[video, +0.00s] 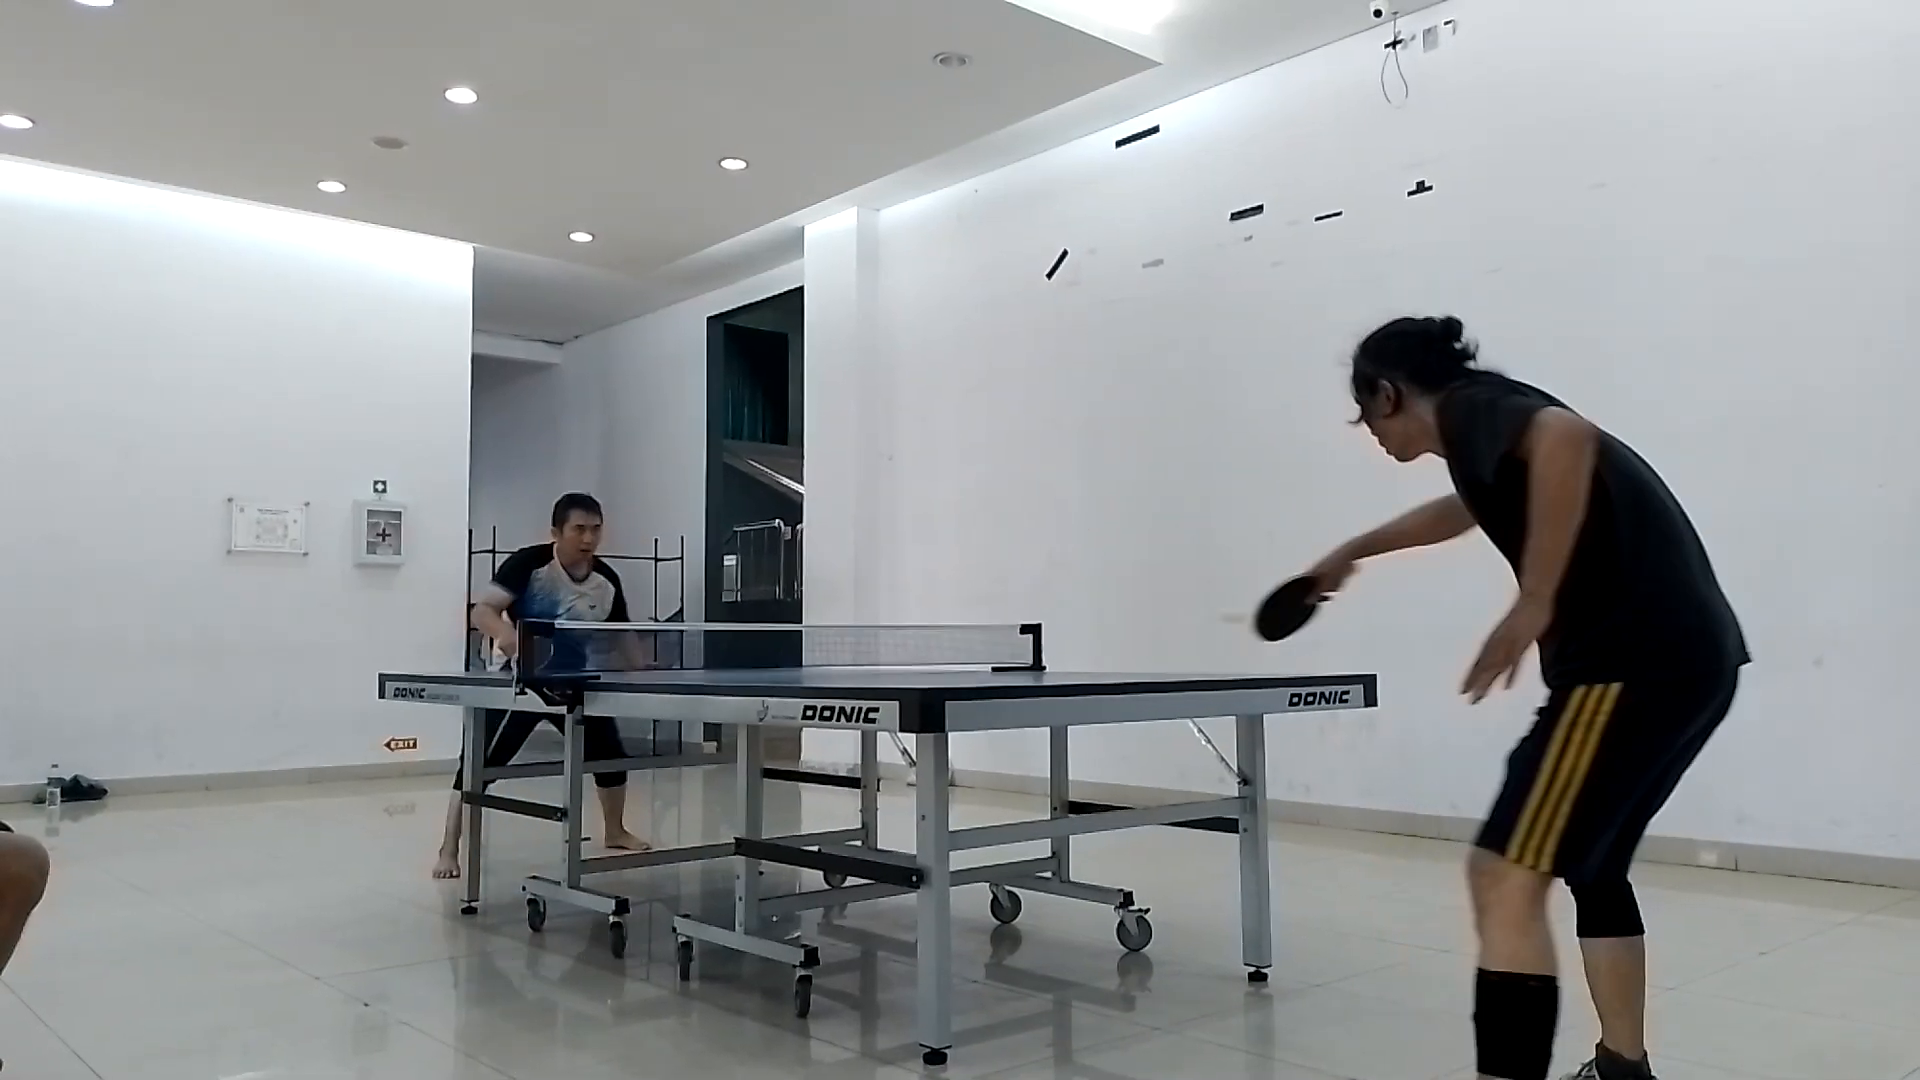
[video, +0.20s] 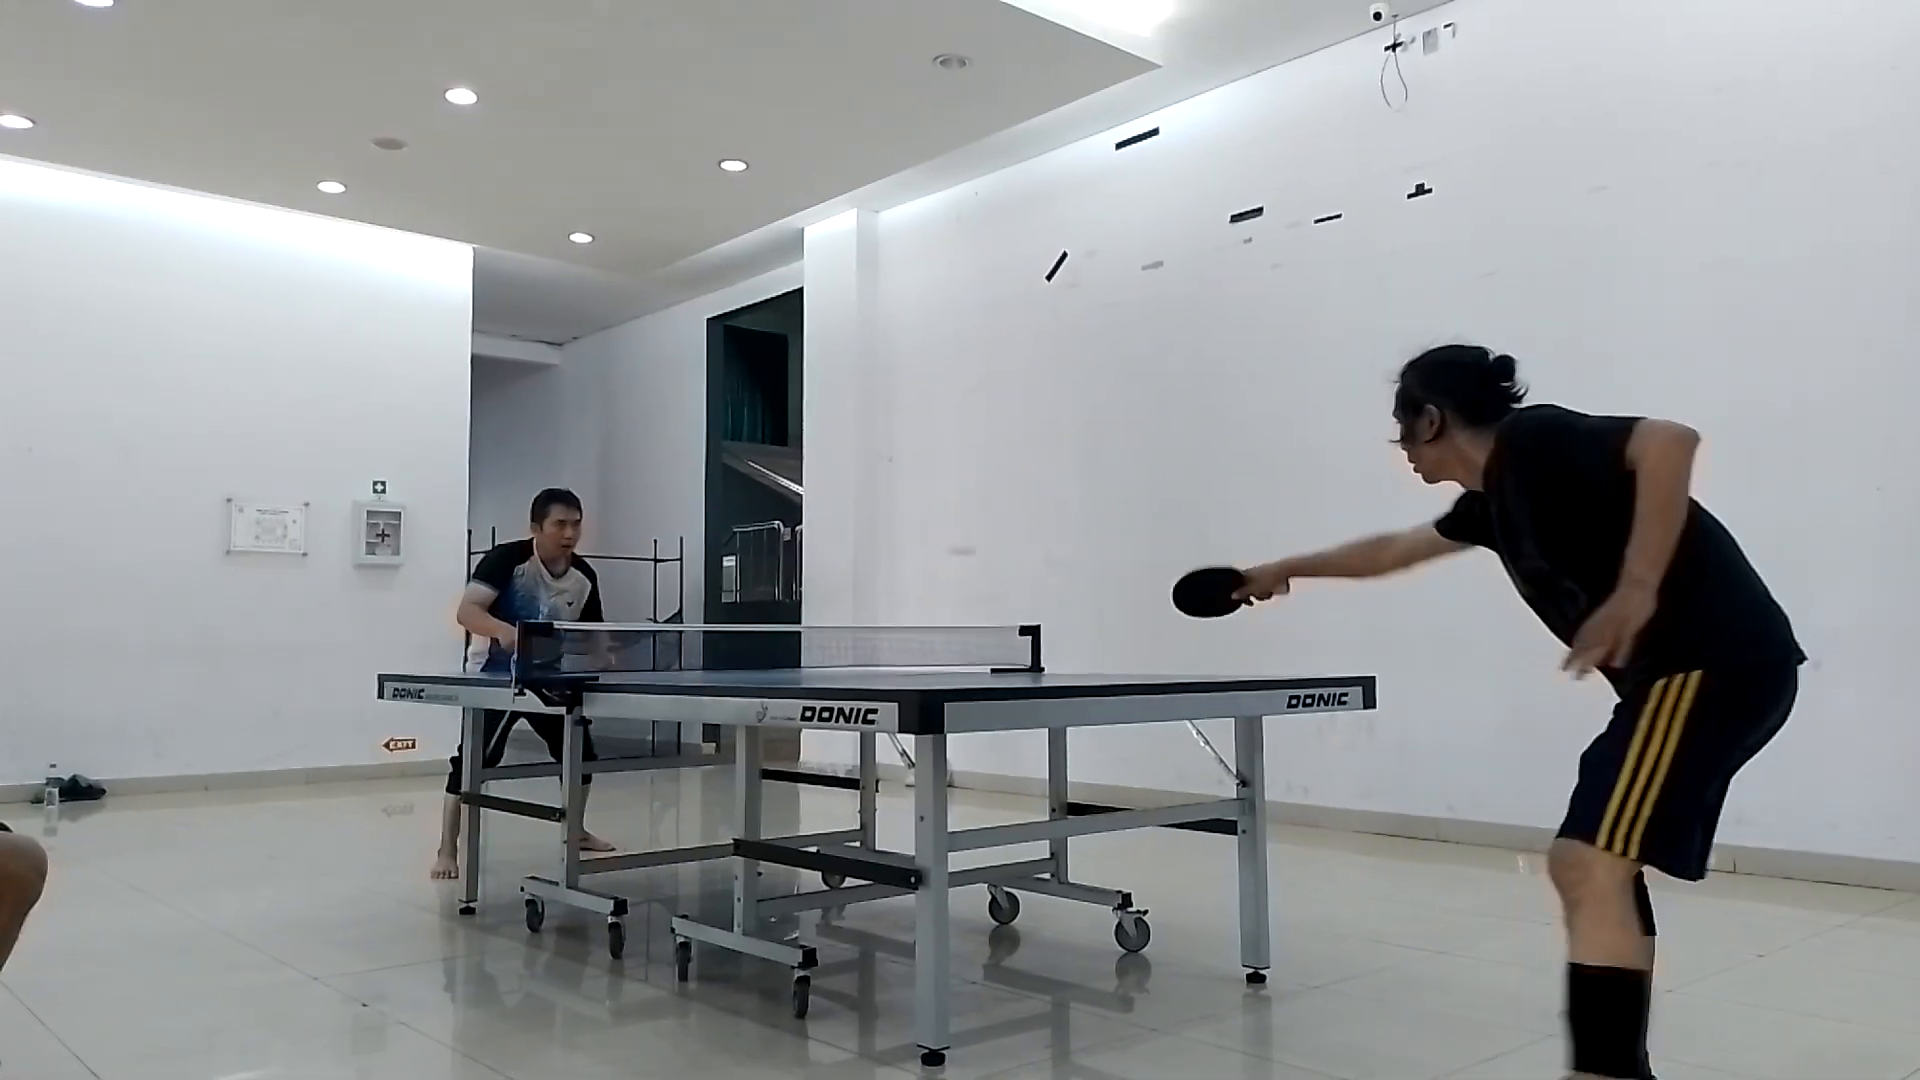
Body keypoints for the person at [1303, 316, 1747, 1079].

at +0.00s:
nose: (1372, 433)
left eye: (1370, 412)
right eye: (1365, 417)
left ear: (1397, 391)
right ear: (1422, 384)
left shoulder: (1468, 404)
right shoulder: (1491, 432)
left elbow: (1565, 435)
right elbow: (1460, 514)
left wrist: (1533, 600)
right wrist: (1350, 551)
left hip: (1629, 663)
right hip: (1688, 659)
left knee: (1503, 873)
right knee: (1595, 866)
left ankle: (1508, 1071)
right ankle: (1623, 1064)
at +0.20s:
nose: (1402, 448)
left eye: (1404, 428)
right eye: (1400, 432)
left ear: (1436, 422)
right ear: (1455, 422)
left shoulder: (1533, 440)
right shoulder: (1489, 509)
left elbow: (1670, 442)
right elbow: (1394, 551)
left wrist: (1635, 589)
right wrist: (1283, 570)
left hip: (1708, 664)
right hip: (1685, 672)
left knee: (1585, 861)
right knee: (1603, 862)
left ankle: (1606, 1067)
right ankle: (1619, 1063)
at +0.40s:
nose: (1445, 412)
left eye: (1448, 391)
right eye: (1443, 394)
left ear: (1483, 381)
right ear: (1499, 382)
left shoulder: (1569, 416)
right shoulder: (1559, 464)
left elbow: (1690, 451)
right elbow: (1593, 600)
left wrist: (1637, 608)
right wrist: (1448, 640)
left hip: (1753, 656)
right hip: (1707, 667)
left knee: (1676, 883)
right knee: (1624, 835)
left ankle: (1834, 1070)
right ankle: (1623, 1060)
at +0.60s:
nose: (1510, 364)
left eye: (1514, 341)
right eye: (1508, 345)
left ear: (1555, 326)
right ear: (1578, 324)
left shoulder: (1624, 377)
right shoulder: (1635, 390)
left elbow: (1736, 433)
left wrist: (1665, 609)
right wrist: (1657, 646)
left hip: (1824, 653)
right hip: (1800, 656)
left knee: (1792, 924)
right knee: (1732, 830)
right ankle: (1710, 1054)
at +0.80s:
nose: (1561, 324)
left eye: (1568, 301)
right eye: (1561, 305)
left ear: (1611, 292)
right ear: (1625, 295)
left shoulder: (1701, 353)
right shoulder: (1686, 386)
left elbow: (1856, 398)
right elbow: (1799, 556)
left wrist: (1822, 576)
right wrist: (1694, 644)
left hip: (1894, 631)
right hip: (1878, 634)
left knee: (1805, 875)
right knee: (1837, 874)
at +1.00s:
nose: (1614, 332)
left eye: (1619, 307)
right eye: (1611, 312)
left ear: (1670, 297)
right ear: (1676, 299)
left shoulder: (1771, 370)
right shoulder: (1750, 396)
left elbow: (1900, 449)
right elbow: (1823, 578)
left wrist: (1856, 646)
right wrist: (1709, 666)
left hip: (1914, 686)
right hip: (1894, 686)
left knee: (1878, 938)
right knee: (1882, 936)